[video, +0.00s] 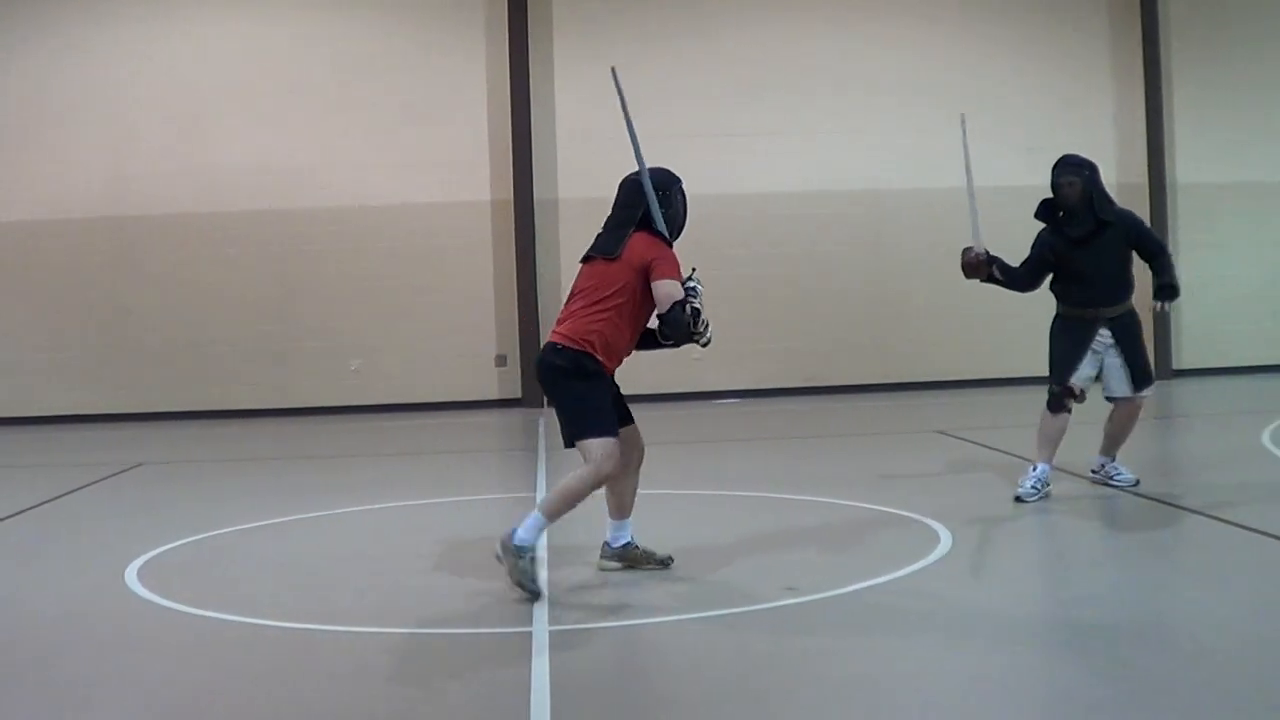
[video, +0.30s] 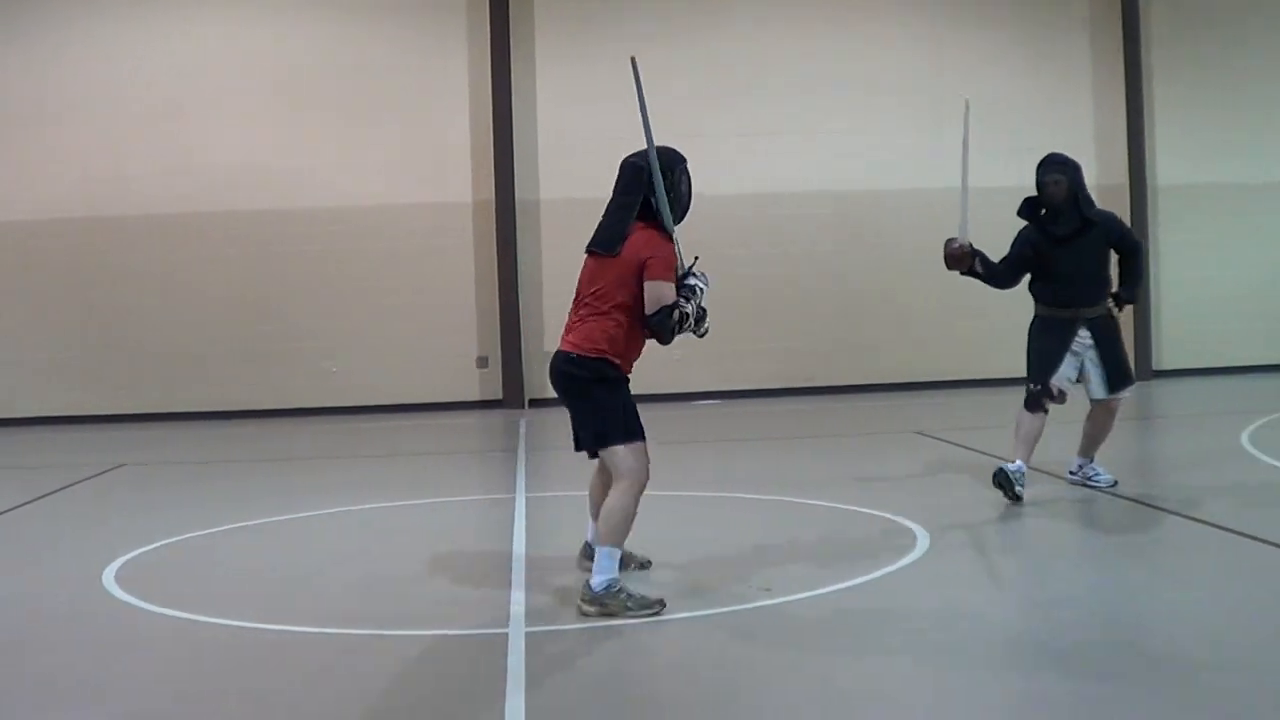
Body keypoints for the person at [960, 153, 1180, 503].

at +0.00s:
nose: (1065, 190)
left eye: (1072, 183)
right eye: (1059, 184)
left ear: (1090, 184)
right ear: (1054, 190)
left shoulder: (1121, 222)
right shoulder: (1053, 236)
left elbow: (1156, 251)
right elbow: (1027, 279)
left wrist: (1165, 286)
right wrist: (989, 266)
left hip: (1120, 322)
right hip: (1074, 324)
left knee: (1131, 396)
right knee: (1061, 396)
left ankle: (1104, 463)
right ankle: (1040, 472)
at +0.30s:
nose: (1050, 189)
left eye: (1057, 182)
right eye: (1044, 183)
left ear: (1074, 184)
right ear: (1038, 188)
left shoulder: (1102, 224)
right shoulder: (1034, 234)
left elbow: (1132, 250)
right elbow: (1005, 277)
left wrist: (1127, 291)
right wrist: (975, 261)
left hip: (1099, 322)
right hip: (1052, 324)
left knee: (1110, 394)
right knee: (1039, 393)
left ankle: (1083, 464)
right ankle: (1017, 470)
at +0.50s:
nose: (1021, 187)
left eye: (1027, 180)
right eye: (1015, 181)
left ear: (1041, 185)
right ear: (1005, 188)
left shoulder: (1065, 228)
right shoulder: (997, 237)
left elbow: (1090, 257)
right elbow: (968, 279)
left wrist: (1086, 299)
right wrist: (940, 260)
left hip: (1060, 324)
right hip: (1014, 328)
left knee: (1075, 399)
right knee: (1010, 402)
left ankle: (1057, 466)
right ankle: (993, 478)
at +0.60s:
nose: (1000, 185)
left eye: (1006, 178)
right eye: (994, 179)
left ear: (1020, 183)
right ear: (984, 186)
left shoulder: (1042, 228)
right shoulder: (975, 234)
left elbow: (1064, 257)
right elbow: (947, 277)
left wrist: (1059, 299)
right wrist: (921, 261)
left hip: (1035, 324)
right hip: (990, 327)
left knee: (1051, 396)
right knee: (988, 401)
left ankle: (1041, 465)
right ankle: (977, 478)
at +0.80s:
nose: (946, 184)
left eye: (953, 177)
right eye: (939, 178)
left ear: (965, 179)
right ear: (929, 181)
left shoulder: (984, 222)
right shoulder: (920, 228)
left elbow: (1000, 255)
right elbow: (896, 273)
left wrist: (994, 296)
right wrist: (871, 261)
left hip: (975, 319)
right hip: (934, 322)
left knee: (988, 393)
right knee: (942, 403)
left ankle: (985, 463)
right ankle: (935, 480)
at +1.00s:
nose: (906, 191)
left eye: (912, 183)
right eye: (899, 184)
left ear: (925, 184)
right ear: (888, 187)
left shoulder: (942, 225)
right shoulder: (878, 232)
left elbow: (956, 260)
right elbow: (857, 277)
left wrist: (950, 298)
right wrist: (836, 264)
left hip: (933, 323)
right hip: (896, 326)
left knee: (947, 401)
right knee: (910, 403)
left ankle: (894, 460)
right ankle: (904, 481)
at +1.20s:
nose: (891, 196)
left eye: (898, 188)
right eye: (884, 189)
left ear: (910, 190)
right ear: (872, 192)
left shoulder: (925, 232)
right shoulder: (863, 237)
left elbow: (936, 270)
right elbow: (844, 284)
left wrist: (933, 306)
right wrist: (828, 271)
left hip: (915, 325)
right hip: (880, 328)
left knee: (921, 405)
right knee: (898, 402)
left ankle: (873, 471)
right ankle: (894, 482)